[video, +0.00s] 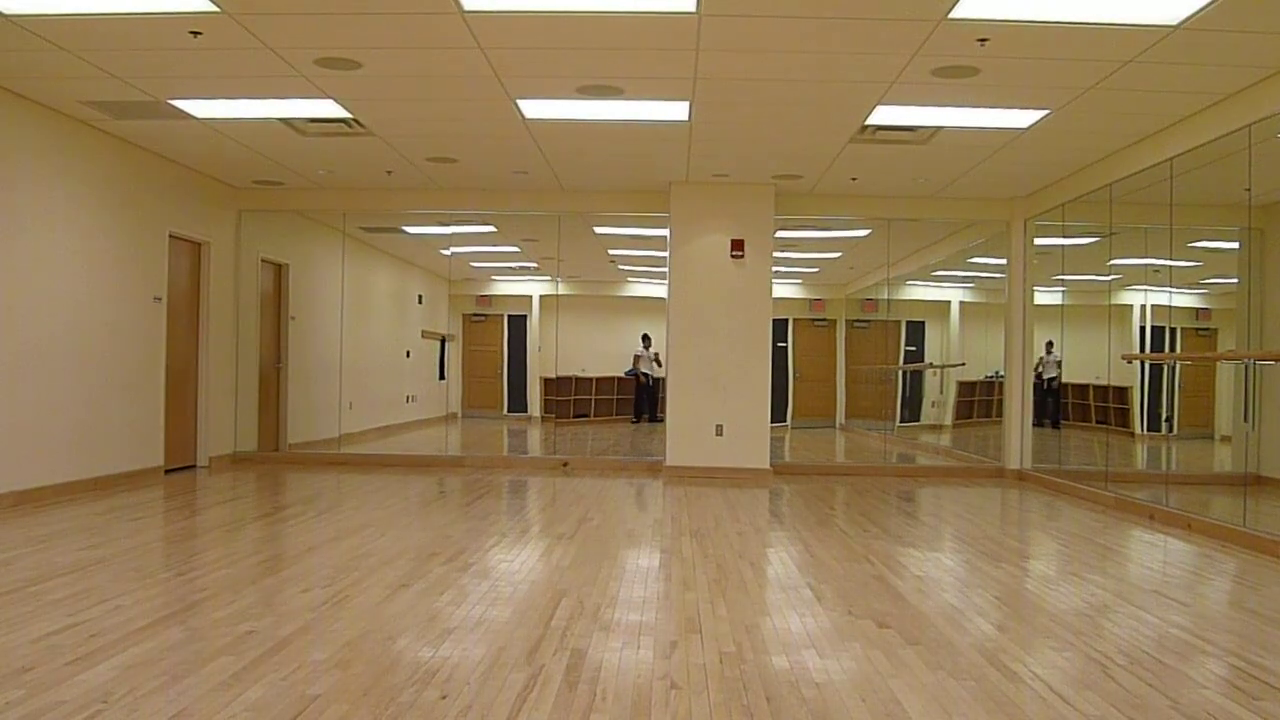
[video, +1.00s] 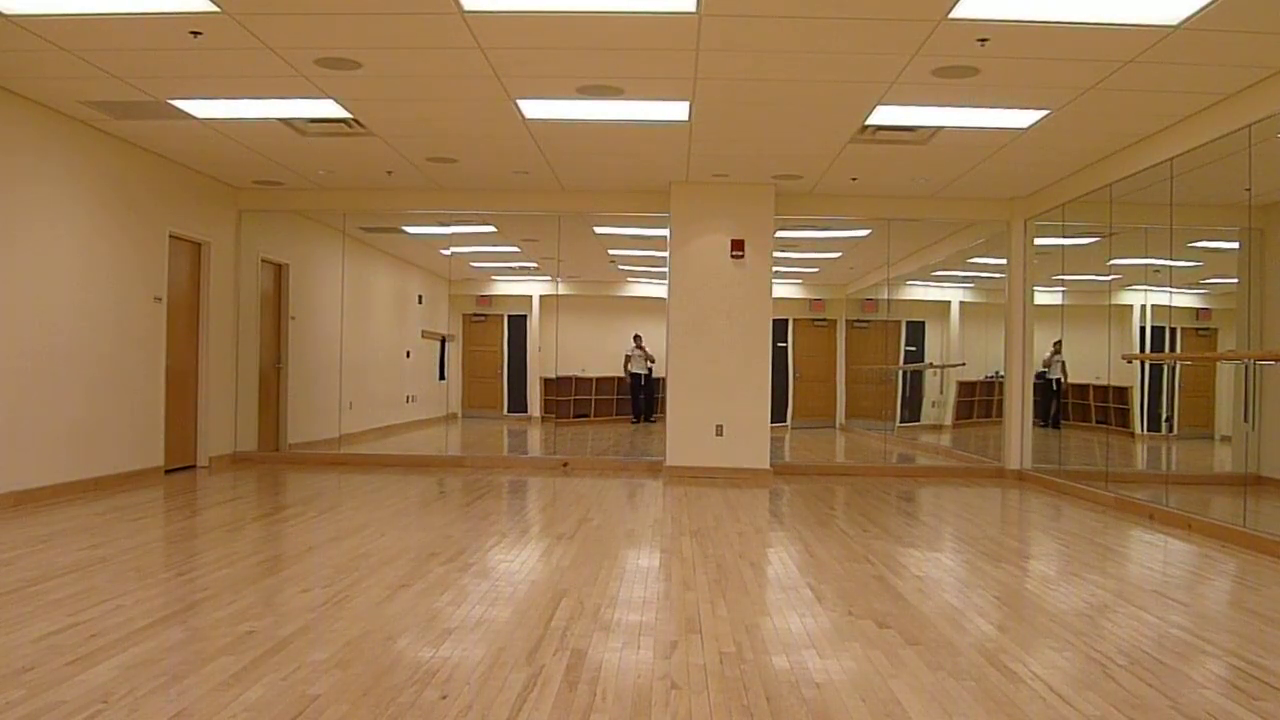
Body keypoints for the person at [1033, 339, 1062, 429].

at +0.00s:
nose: (1048, 348)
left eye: (1050, 346)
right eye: (1047, 346)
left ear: (1052, 347)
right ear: (1045, 347)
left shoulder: (1056, 357)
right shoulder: (1042, 357)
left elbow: (1060, 369)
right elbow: (1035, 369)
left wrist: (1058, 380)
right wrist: (1039, 363)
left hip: (1053, 377)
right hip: (1044, 378)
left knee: (1054, 400)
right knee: (1041, 399)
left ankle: (1055, 421)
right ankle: (1039, 420)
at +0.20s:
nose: (1054, 349)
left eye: (1055, 347)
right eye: (1052, 346)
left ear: (1058, 348)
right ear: (1050, 347)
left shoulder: (1059, 355)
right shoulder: (1046, 355)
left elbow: (1061, 364)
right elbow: (1042, 365)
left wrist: (1062, 372)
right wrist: (1048, 356)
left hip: (1057, 377)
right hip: (1048, 377)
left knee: (1057, 400)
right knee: (1045, 399)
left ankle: (1056, 421)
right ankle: (1042, 419)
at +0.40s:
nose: (1059, 348)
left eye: (1060, 346)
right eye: (1058, 346)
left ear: (1061, 347)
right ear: (1053, 347)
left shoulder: (1060, 356)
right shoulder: (1049, 355)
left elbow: (1064, 368)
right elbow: (1046, 365)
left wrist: (1067, 379)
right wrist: (1052, 355)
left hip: (1058, 378)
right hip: (1049, 377)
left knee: (1058, 399)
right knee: (1047, 399)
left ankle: (1056, 421)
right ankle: (1045, 420)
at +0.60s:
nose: (1060, 348)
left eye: (1061, 347)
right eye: (1059, 346)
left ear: (1062, 348)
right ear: (1055, 346)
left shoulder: (1061, 357)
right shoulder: (1049, 355)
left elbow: (1065, 368)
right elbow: (1047, 365)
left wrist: (1069, 380)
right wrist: (1054, 355)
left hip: (1058, 378)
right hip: (1050, 378)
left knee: (1058, 400)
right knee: (1049, 400)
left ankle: (1056, 421)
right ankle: (1046, 420)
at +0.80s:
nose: (1060, 349)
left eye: (1061, 347)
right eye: (1059, 346)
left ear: (1062, 348)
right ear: (1055, 346)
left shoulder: (1061, 357)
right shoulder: (1049, 355)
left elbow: (1064, 368)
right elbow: (1047, 365)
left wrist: (1067, 380)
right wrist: (1053, 355)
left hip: (1058, 378)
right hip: (1050, 378)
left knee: (1058, 400)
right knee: (1048, 399)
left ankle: (1056, 421)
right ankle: (1046, 420)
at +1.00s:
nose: (1060, 348)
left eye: (1061, 346)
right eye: (1058, 346)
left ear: (1061, 347)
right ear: (1054, 346)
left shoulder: (1061, 357)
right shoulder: (1048, 356)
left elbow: (1064, 370)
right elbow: (1045, 365)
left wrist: (1065, 380)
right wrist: (1051, 355)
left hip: (1057, 378)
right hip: (1049, 378)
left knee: (1057, 400)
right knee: (1047, 399)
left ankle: (1055, 421)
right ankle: (1045, 420)